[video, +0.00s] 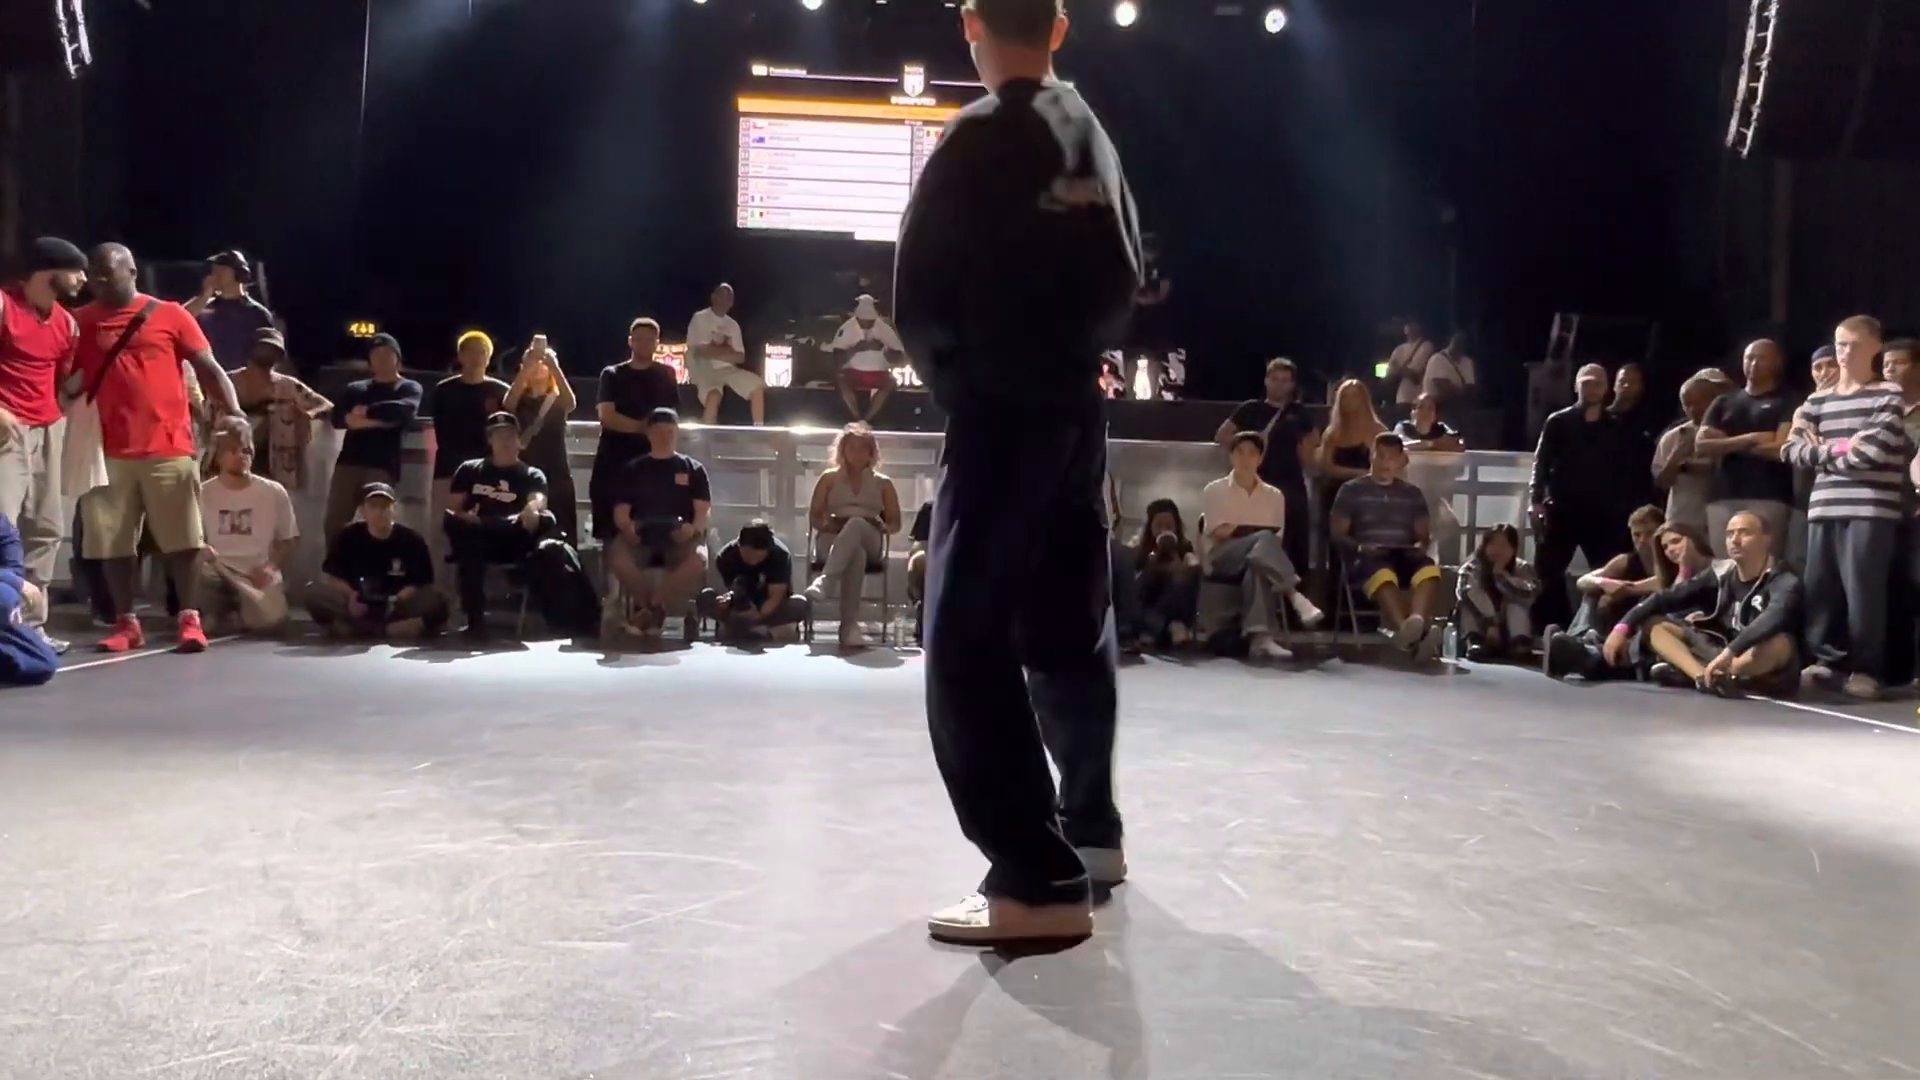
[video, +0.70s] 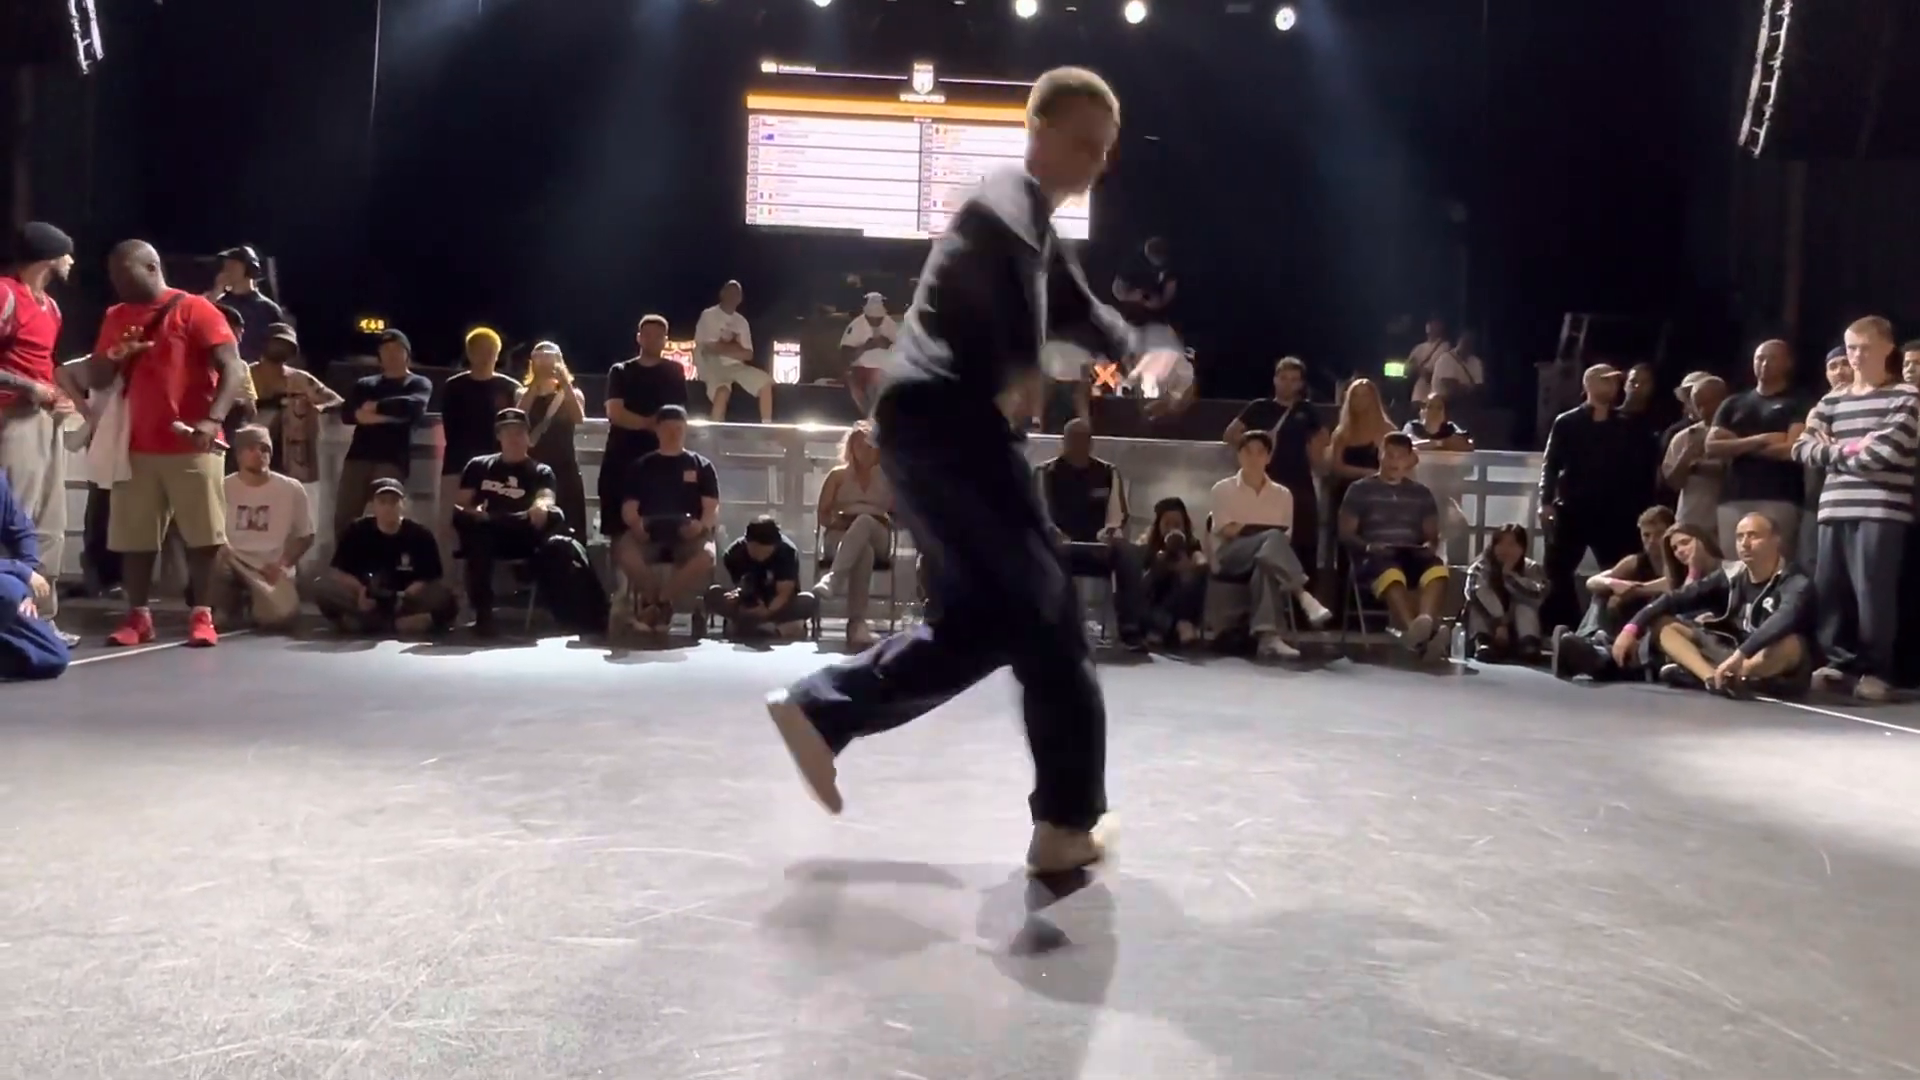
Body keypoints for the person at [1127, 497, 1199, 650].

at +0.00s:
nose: (1164, 531)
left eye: (1169, 526)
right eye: (1159, 526)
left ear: (1177, 526)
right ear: (1150, 527)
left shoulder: (1184, 547)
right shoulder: (1141, 551)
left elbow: (1194, 566)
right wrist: (1154, 559)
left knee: (1183, 577)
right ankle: (1176, 623)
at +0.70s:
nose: (1172, 530)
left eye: (1177, 524)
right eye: (1167, 524)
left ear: (1185, 525)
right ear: (1158, 525)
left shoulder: (1192, 545)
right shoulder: (1147, 548)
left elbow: (1202, 564)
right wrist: (1161, 562)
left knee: (1192, 575)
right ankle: (1183, 623)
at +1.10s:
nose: (1178, 525)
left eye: (1183, 520)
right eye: (1172, 520)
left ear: (1191, 520)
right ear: (1163, 520)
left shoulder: (1197, 541)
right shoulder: (1153, 543)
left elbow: (1208, 561)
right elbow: (1148, 576)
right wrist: (1164, 558)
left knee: (1195, 571)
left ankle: (1163, 625)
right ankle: (1189, 619)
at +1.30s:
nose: (1180, 524)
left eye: (1185, 518)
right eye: (1175, 518)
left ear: (1193, 518)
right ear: (1166, 519)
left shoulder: (1200, 540)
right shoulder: (1156, 542)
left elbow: (1210, 561)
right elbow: (1152, 574)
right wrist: (1169, 554)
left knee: (1198, 570)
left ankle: (1165, 624)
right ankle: (1192, 617)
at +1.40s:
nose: (1181, 523)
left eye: (1186, 517)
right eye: (1176, 517)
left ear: (1194, 518)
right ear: (1166, 518)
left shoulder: (1201, 539)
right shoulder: (1157, 541)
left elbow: (1212, 560)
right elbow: (1153, 575)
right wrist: (1170, 552)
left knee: (1199, 570)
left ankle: (1166, 623)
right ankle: (1193, 616)